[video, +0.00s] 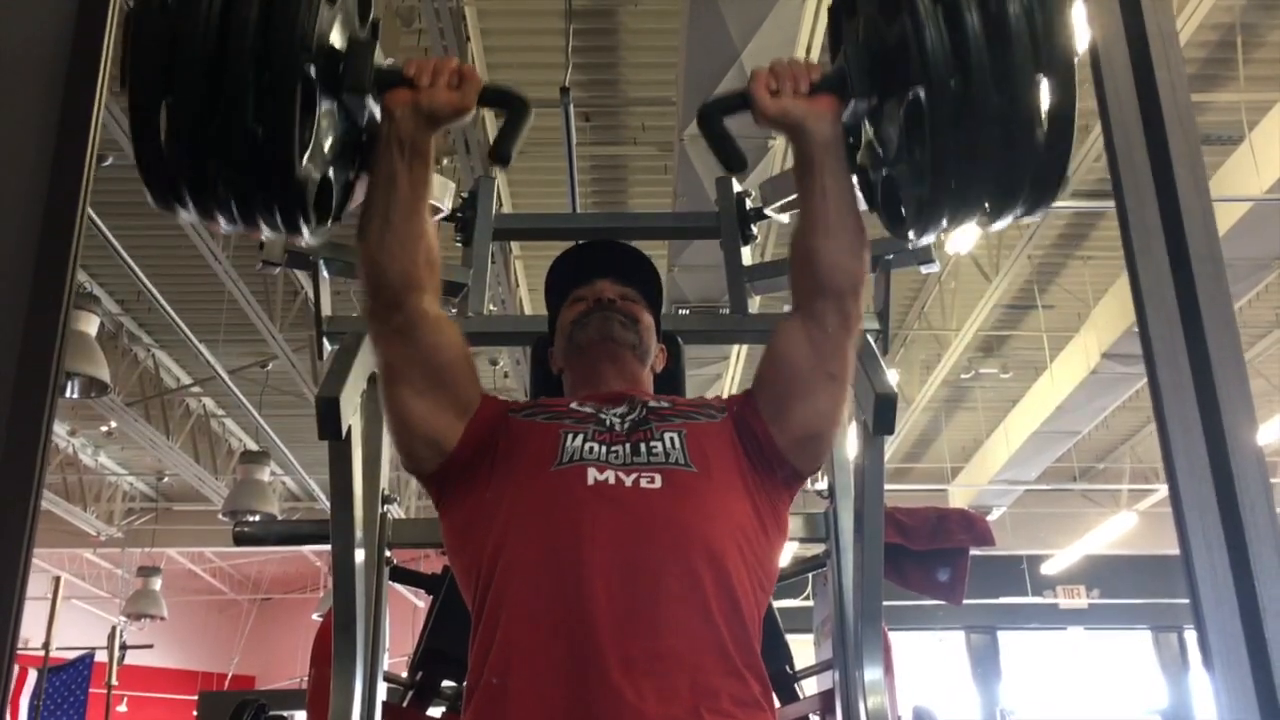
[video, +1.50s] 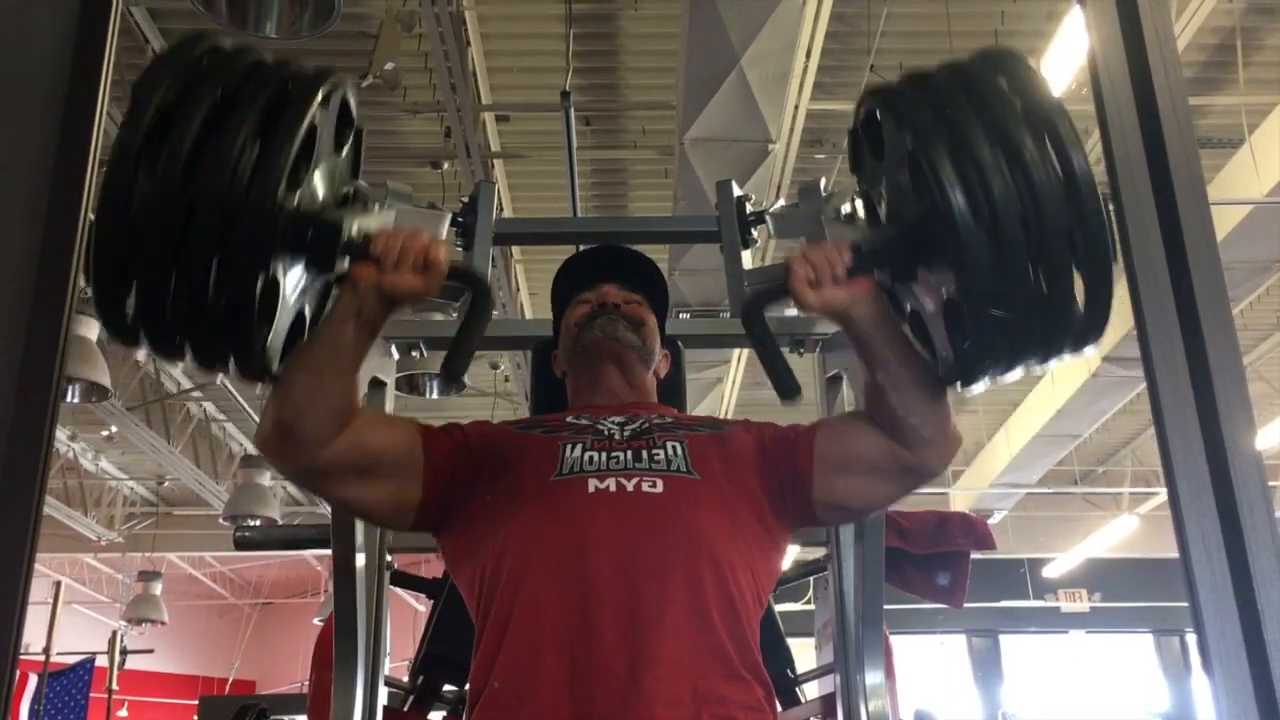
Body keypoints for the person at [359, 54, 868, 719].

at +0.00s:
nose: (605, 302)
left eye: (629, 302)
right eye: (581, 303)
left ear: (661, 355)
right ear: (551, 355)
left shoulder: (751, 442)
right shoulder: (483, 446)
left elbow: (831, 300)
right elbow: (401, 301)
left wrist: (818, 133)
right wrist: (407, 130)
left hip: (724, 708)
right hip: (517, 708)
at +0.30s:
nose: (606, 298)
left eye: (632, 300)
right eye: (580, 300)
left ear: (663, 354)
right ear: (551, 356)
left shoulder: (749, 446)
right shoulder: (484, 452)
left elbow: (897, 399)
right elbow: (323, 396)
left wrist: (848, 241)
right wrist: (381, 241)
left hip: (727, 705)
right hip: (525, 704)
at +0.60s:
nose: (609, 298)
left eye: (634, 299)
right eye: (584, 299)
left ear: (666, 355)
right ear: (553, 355)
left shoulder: (741, 450)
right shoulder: (490, 458)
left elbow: (922, 481)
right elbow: (295, 488)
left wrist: (869, 343)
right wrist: (356, 340)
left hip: (727, 702)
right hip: (527, 704)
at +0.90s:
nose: (614, 297)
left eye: (638, 299)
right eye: (589, 298)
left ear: (669, 355)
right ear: (556, 355)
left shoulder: (746, 456)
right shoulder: (487, 461)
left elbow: (922, 520)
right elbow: (298, 535)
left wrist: (877, 398)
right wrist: (345, 398)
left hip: (726, 706)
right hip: (528, 708)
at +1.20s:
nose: (611, 300)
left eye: (635, 301)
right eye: (586, 302)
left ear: (668, 358)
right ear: (554, 360)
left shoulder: (747, 457)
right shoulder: (489, 466)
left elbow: (917, 518)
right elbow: (299, 547)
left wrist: (882, 410)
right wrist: (340, 412)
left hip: (724, 703)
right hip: (529, 705)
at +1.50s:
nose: (609, 306)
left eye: (634, 308)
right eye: (584, 307)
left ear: (665, 361)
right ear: (553, 359)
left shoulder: (744, 453)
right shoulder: (488, 458)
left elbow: (924, 444)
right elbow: (302, 438)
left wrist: (860, 311)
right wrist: (363, 301)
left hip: (724, 703)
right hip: (525, 705)